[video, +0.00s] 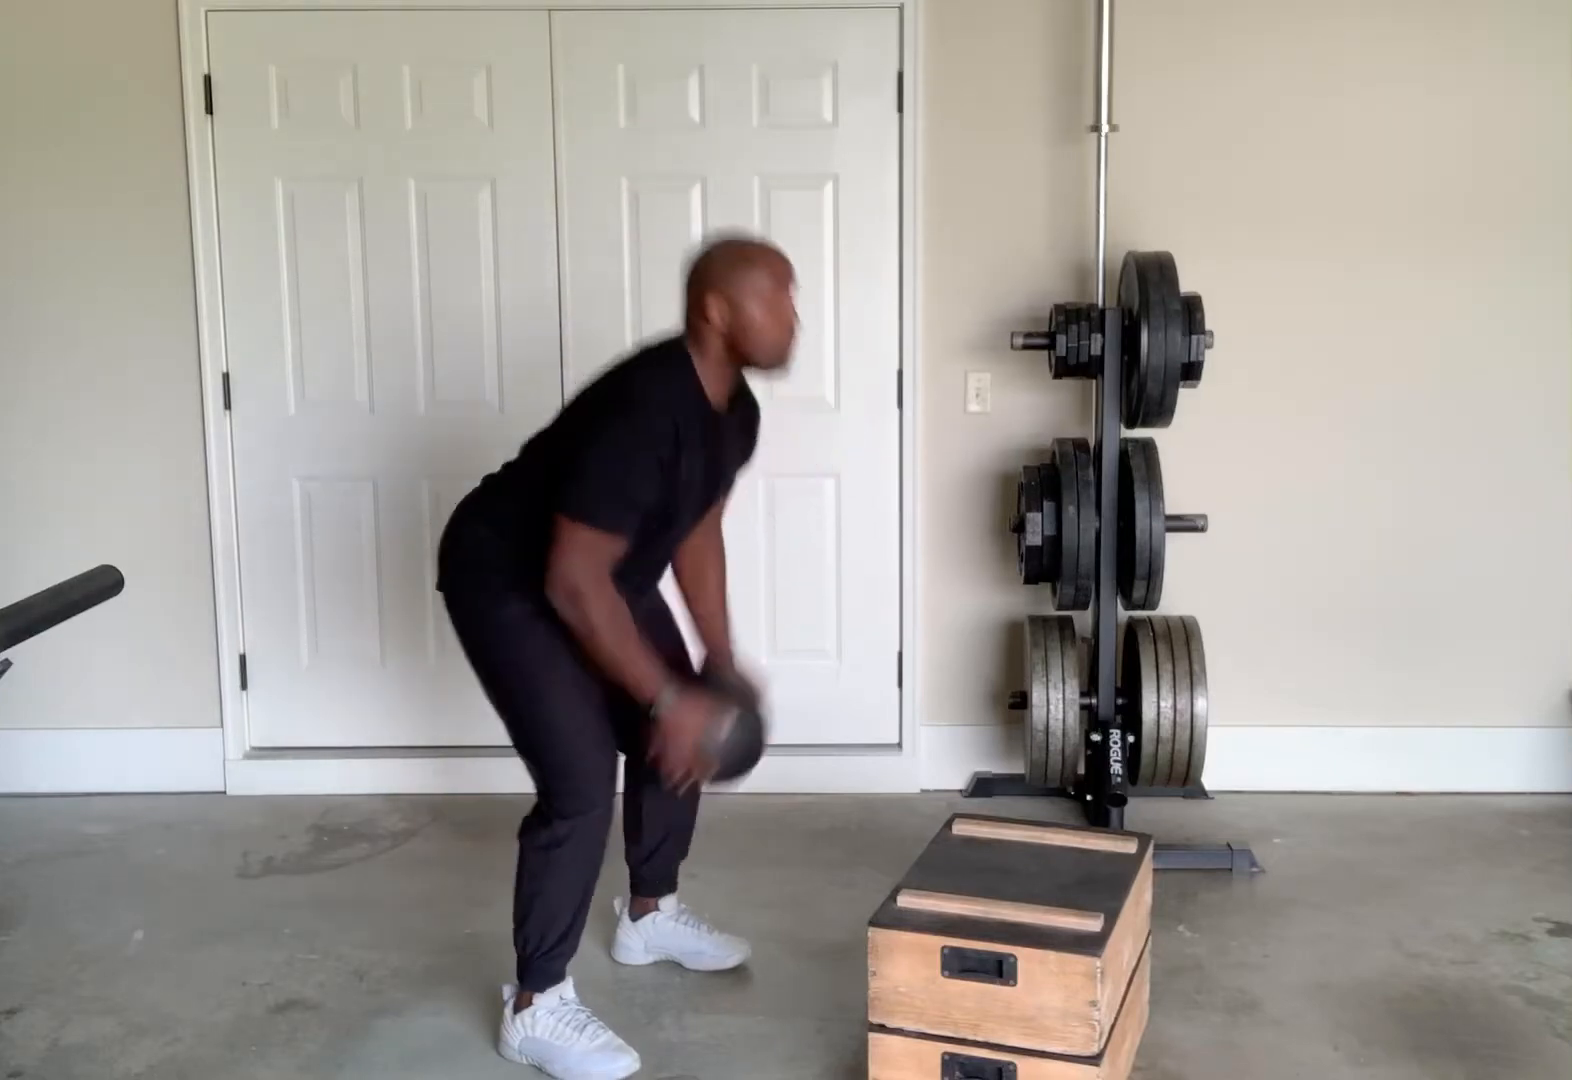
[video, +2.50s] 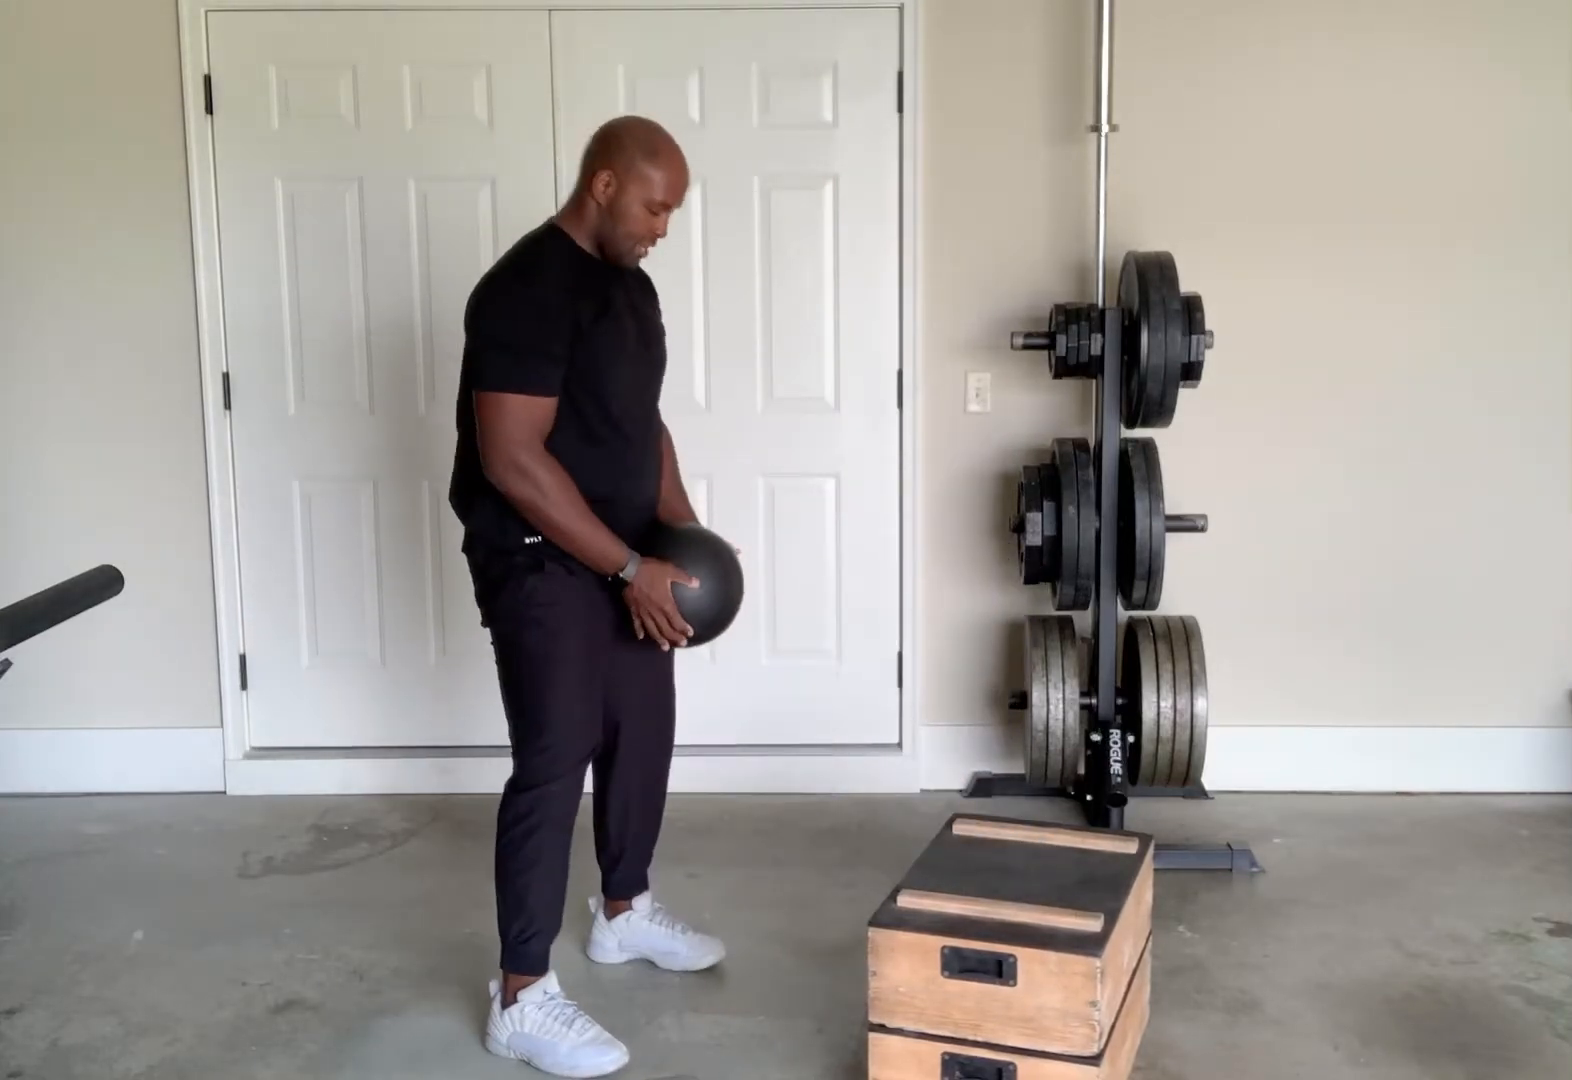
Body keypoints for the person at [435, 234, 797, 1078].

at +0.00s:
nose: (794, 315)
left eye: (792, 296)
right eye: (778, 296)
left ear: (731, 313)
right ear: (718, 310)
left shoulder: (736, 409)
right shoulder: (647, 403)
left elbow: (698, 531)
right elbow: (573, 577)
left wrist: (718, 658)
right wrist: (666, 700)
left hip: (602, 567)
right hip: (502, 570)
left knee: (682, 717)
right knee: (580, 778)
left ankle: (649, 915)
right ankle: (536, 1002)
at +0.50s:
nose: (774, 158)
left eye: (772, 140)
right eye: (754, 141)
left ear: (752, 150)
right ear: (697, 147)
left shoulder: (749, 227)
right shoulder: (646, 212)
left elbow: (747, 72)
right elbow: (665, 35)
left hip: (789, 515)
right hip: (673, 537)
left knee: (953, 577)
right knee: (611, 766)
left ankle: (957, 814)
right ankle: (548, 991)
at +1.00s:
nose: (760, 146)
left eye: (767, 127)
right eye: (735, 123)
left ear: (763, 134)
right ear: (678, 126)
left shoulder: (741, 210)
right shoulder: (635, 210)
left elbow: (782, 95)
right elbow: (668, 30)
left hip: (816, 504)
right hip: (700, 529)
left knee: (980, 582)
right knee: (646, 758)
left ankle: (959, 812)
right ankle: (562, 977)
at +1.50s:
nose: (599, 183)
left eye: (599, 165)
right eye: (581, 165)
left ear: (553, 172)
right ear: (517, 171)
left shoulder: (587, 268)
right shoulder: (473, 299)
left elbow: (604, 403)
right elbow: (497, 467)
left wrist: (691, 410)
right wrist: (658, 420)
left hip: (672, 524)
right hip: (574, 574)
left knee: (839, 595)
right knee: (568, 776)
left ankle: (761, 795)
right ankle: (541, 994)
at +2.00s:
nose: (651, 200)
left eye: (655, 183)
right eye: (639, 180)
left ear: (604, 174)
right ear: (580, 169)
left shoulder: (629, 284)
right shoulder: (515, 283)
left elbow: (646, 413)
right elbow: (500, 446)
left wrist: (693, 517)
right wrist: (633, 528)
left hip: (629, 551)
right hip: (549, 555)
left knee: (632, 736)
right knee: (566, 757)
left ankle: (624, 913)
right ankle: (527, 989)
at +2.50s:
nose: (664, 227)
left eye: (671, 211)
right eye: (655, 208)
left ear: (635, 196)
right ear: (599, 184)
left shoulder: (630, 287)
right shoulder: (526, 288)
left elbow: (639, 422)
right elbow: (511, 461)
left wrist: (679, 532)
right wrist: (626, 569)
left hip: (621, 553)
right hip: (539, 560)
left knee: (640, 733)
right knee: (553, 759)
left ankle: (625, 914)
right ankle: (522, 994)